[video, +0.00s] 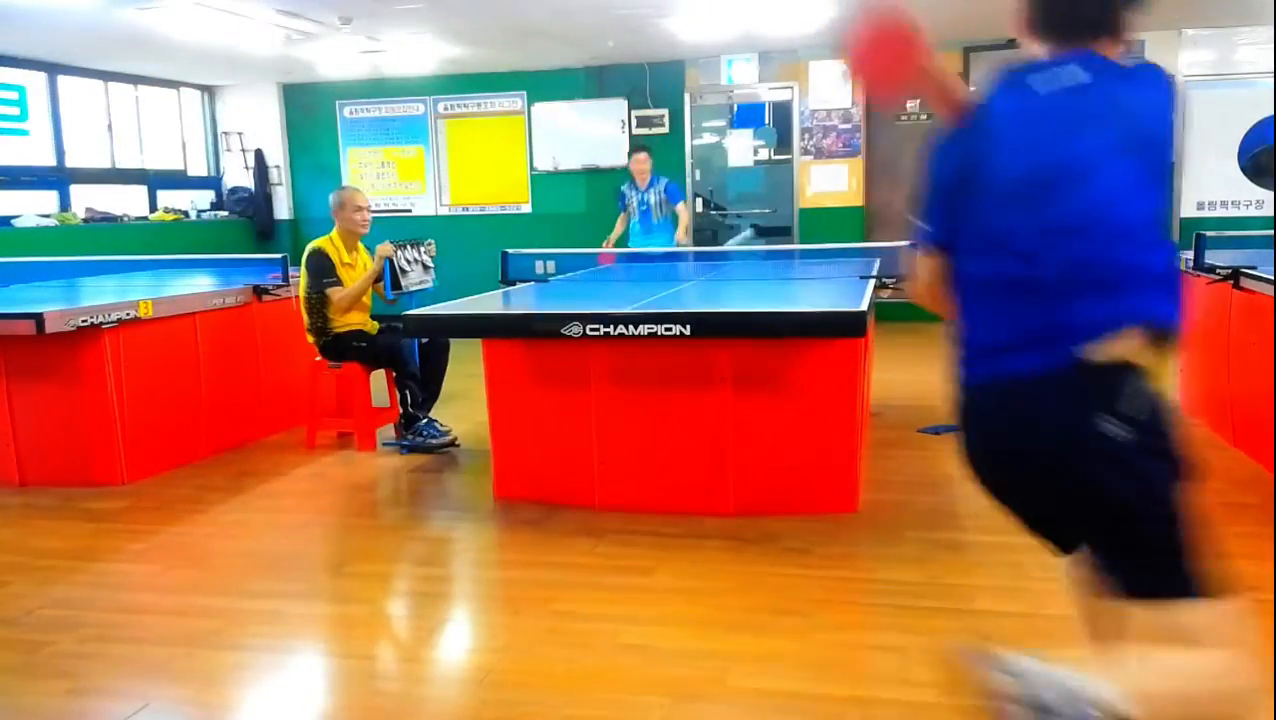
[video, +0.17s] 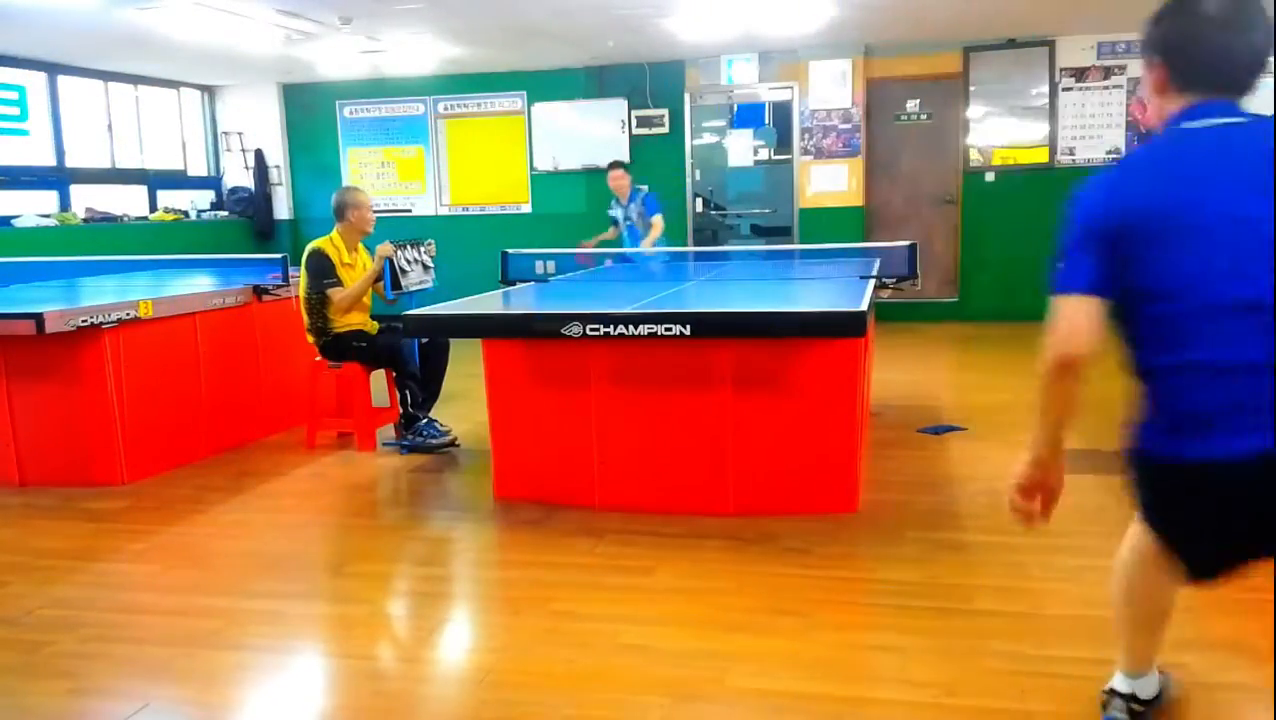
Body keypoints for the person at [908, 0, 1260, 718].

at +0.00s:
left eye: (1019, 16)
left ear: (1025, 24)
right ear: (1118, 30)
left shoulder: (970, 129)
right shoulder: (1146, 91)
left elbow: (927, 279)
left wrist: (1004, 317)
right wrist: (926, 76)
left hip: (993, 414)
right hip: (1103, 396)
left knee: (1099, 559)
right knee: (1229, 656)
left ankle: (1117, 700)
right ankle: (1071, 688)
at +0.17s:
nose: (1143, 80)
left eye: (1145, 69)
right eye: (1144, 70)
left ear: (1156, 74)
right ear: (1249, 73)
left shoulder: (1118, 190)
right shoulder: (1270, 149)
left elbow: (1069, 348)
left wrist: (1046, 454)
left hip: (1203, 455)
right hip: (1273, 447)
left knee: (1159, 540)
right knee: (1159, 542)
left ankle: (1134, 682)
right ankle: (1133, 681)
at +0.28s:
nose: (1175, 82)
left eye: (1175, 64)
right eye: (1175, 64)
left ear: (1198, 60)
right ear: (1261, 57)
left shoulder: (1209, 159)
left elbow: (1164, 320)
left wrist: (1085, 452)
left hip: (1275, 453)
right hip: (1267, 449)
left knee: (1161, 532)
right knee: (1167, 529)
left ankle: (1144, 699)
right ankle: (1143, 695)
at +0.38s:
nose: (1207, 33)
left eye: (1206, 19)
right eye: (1208, 20)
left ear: (1224, 17)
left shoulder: (1232, 131)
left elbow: (1202, 314)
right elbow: (1200, 312)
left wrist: (1131, 438)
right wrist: (1133, 439)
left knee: (1239, 597)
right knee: (1239, 595)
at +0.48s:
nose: (1232, 27)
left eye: (1236, 13)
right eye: (1235, 14)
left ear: (1259, 17)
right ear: (1257, 21)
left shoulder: (1263, 138)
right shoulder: (1259, 136)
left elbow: (1270, 301)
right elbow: (1261, 295)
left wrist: (1191, 424)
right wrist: (1193, 419)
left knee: (1262, 609)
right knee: (1260, 607)